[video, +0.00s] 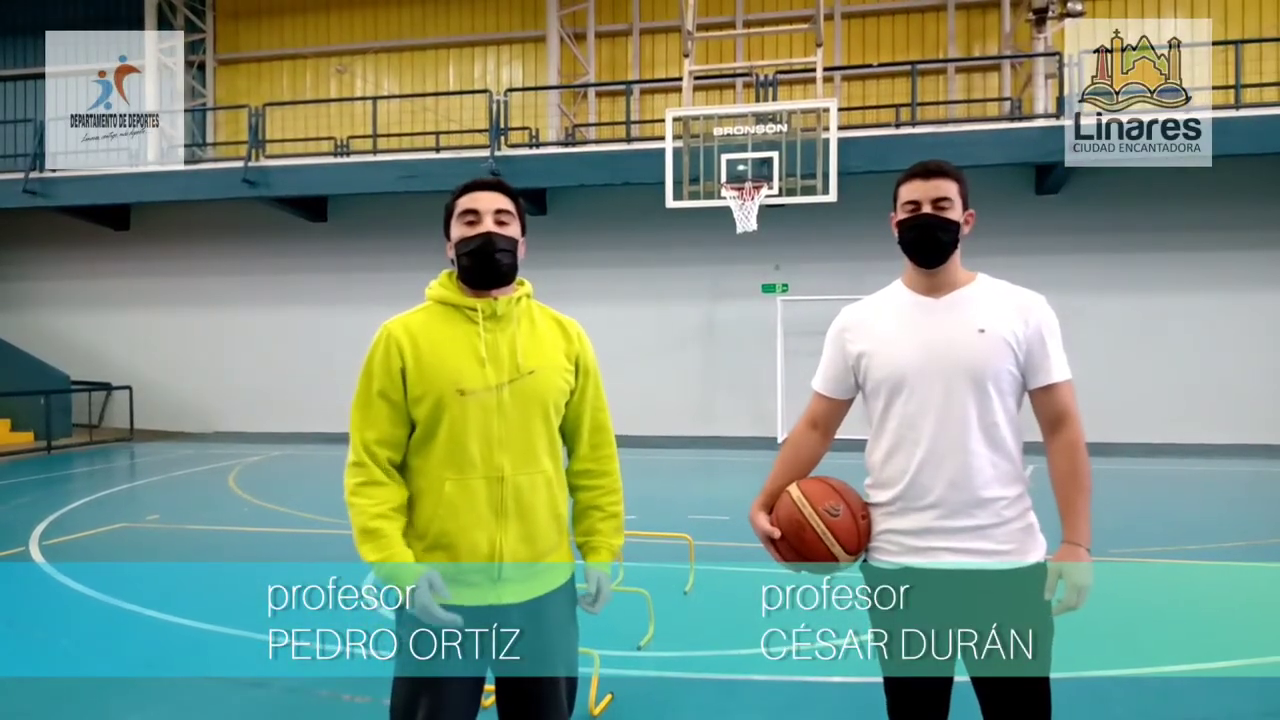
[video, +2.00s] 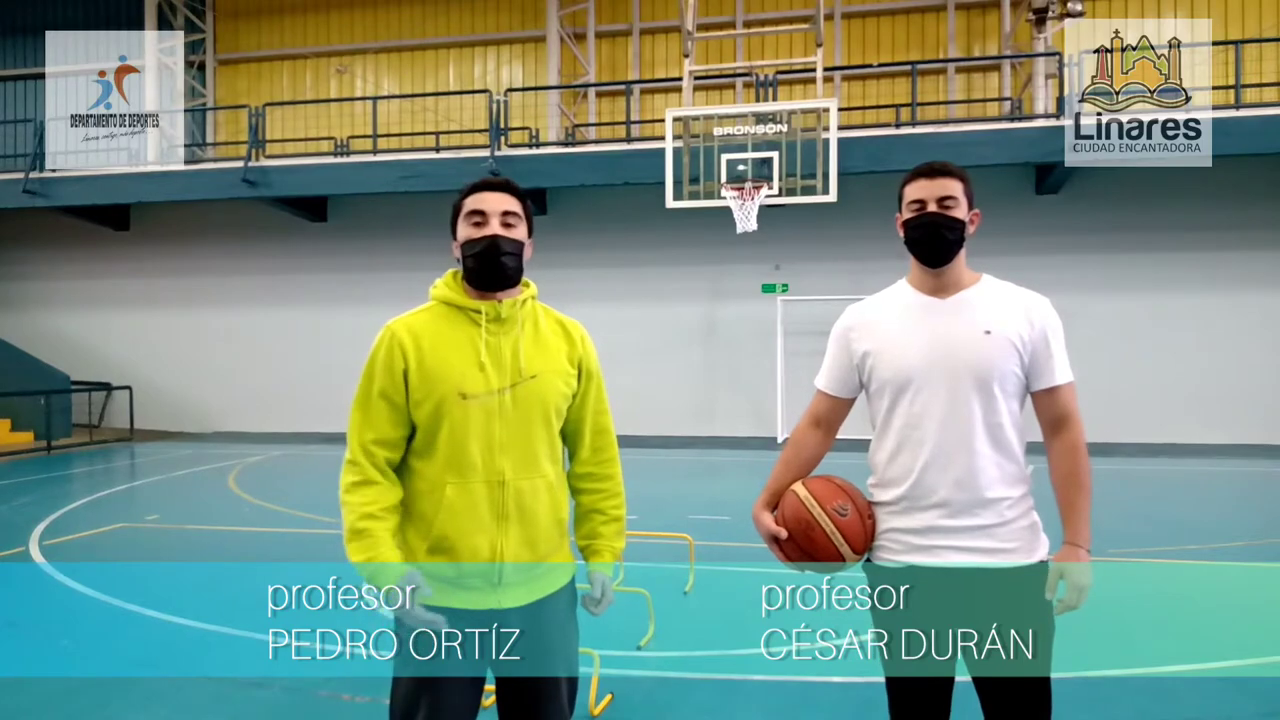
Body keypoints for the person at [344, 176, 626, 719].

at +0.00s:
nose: (487, 227)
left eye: (503, 218)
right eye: (469, 219)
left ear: (522, 242)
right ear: (449, 243)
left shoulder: (563, 337)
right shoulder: (403, 340)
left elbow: (594, 457)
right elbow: (371, 466)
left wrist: (599, 552)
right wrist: (397, 569)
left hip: (543, 590)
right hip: (439, 592)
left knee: (547, 712)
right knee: (431, 715)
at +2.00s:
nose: (493, 230)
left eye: (509, 221)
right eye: (476, 220)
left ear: (527, 245)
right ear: (454, 244)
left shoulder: (567, 340)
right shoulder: (407, 339)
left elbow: (596, 459)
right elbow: (369, 464)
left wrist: (601, 555)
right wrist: (382, 566)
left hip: (542, 592)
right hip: (438, 595)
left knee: (548, 713)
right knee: (431, 714)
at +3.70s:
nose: (471, 234)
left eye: (487, 223)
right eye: (454, 224)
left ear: (507, 243)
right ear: (434, 246)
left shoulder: (551, 335)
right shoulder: (390, 343)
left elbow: (585, 452)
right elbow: (350, 461)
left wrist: (595, 552)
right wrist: (370, 519)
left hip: (536, 588)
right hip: (434, 592)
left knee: (542, 712)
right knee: (428, 714)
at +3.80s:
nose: (472, 234)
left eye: (487, 223)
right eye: (454, 223)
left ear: (507, 242)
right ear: (435, 244)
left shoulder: (553, 335)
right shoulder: (391, 341)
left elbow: (587, 453)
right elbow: (345, 471)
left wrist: (598, 556)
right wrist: (372, 446)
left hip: (537, 587)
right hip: (434, 590)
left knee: (542, 712)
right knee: (427, 713)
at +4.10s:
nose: (477, 234)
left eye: (492, 222)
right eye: (461, 223)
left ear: (513, 238)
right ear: (441, 240)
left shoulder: (554, 336)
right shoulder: (398, 337)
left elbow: (592, 463)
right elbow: (350, 452)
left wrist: (605, 569)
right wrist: (389, 418)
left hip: (537, 572)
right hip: (432, 572)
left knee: (539, 706)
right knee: (436, 706)